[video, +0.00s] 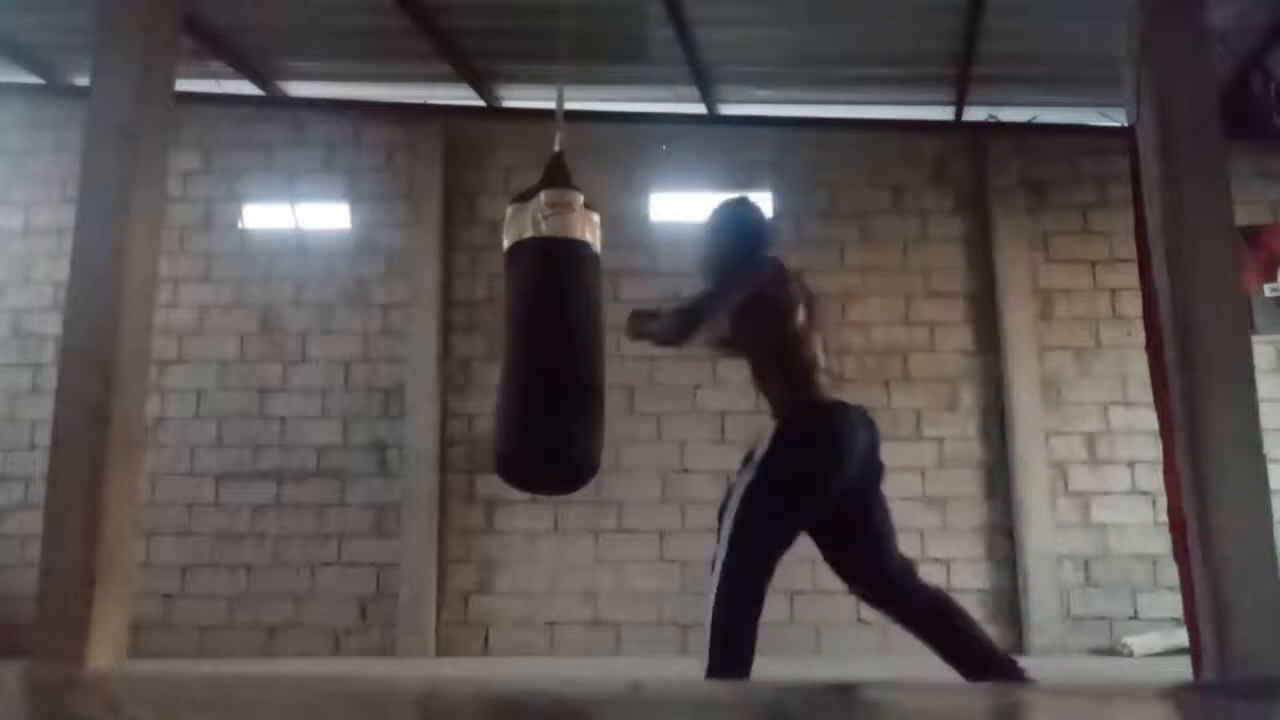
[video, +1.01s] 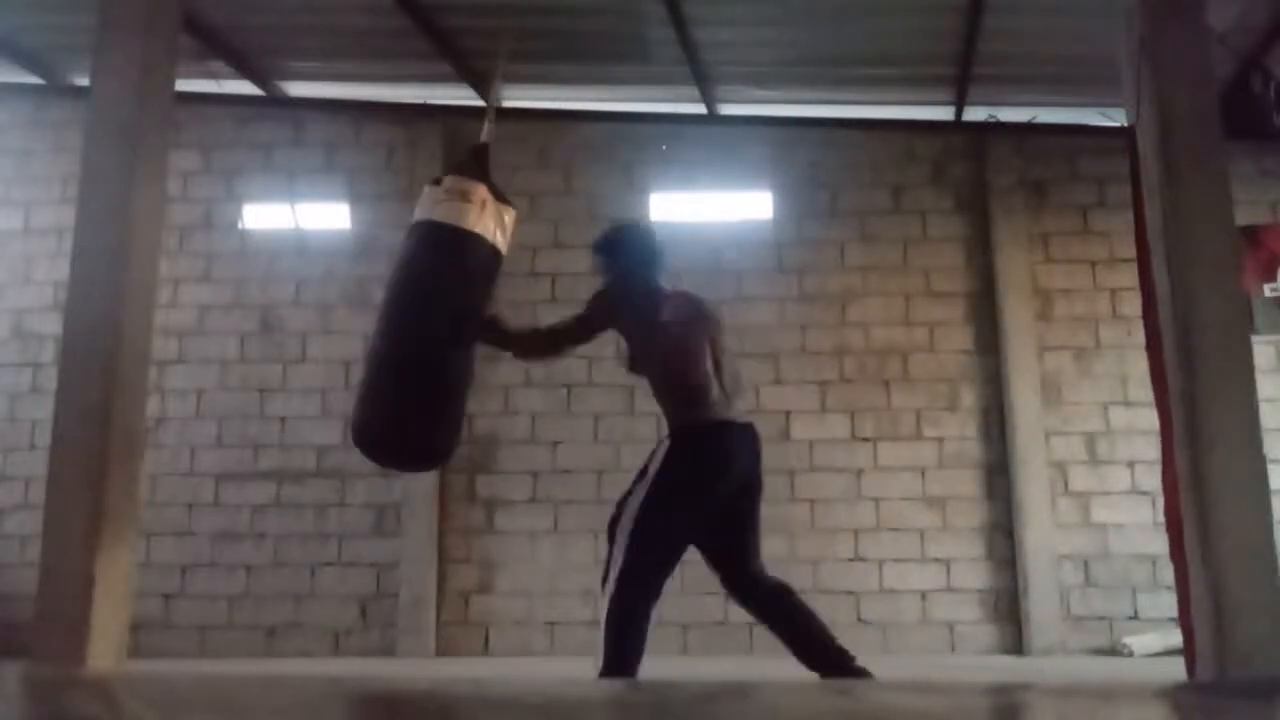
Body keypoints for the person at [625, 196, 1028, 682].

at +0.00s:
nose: (706, 248)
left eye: (712, 237)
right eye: (711, 238)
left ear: (728, 238)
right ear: (757, 234)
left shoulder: (754, 272)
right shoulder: (787, 281)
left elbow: (682, 326)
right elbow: (748, 340)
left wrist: (650, 326)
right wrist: (681, 332)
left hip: (805, 436)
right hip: (845, 430)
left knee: (741, 570)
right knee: (886, 580)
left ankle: (722, 701)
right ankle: (1006, 680)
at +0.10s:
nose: (681, 277)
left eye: (682, 264)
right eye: (678, 267)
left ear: (701, 251)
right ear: (713, 252)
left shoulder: (754, 272)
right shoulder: (716, 300)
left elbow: (739, 335)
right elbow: (652, 340)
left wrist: (671, 312)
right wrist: (574, 339)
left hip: (793, 431)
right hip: (823, 432)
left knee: (735, 568)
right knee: (886, 567)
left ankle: (724, 702)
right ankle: (1000, 675)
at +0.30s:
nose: (651, 261)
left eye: (653, 250)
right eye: (647, 251)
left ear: (675, 242)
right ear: (698, 237)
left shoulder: (713, 277)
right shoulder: (742, 286)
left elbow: (656, 343)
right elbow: (724, 388)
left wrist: (636, 282)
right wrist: (655, 362)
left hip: (773, 425)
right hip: (810, 421)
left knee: (735, 568)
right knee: (818, 567)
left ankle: (729, 701)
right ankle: (923, 677)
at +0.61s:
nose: (673, 272)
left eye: (679, 258)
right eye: (671, 260)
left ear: (707, 256)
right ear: (718, 256)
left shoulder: (741, 297)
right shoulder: (761, 299)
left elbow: (715, 387)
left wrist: (667, 337)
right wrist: (675, 342)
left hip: (764, 447)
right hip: (799, 446)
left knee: (675, 560)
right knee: (801, 585)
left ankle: (694, 688)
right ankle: (872, 695)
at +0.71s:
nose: (669, 265)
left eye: (672, 253)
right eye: (668, 253)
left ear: (693, 251)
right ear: (715, 248)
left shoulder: (718, 293)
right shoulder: (760, 294)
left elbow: (719, 372)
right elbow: (721, 367)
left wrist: (672, 370)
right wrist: (678, 320)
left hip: (738, 433)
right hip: (784, 431)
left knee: (658, 535)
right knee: (804, 567)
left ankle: (660, 672)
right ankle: (870, 683)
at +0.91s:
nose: (630, 270)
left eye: (633, 261)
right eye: (633, 261)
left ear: (643, 262)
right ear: (682, 260)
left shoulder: (636, 301)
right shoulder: (720, 300)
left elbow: (552, 322)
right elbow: (714, 367)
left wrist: (479, 323)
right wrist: (659, 368)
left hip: (697, 446)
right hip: (751, 442)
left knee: (646, 578)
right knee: (778, 574)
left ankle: (617, 698)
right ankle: (857, 679)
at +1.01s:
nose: (604, 277)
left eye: (608, 267)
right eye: (605, 267)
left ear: (623, 264)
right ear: (652, 262)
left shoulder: (622, 300)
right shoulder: (694, 306)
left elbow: (544, 344)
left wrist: (487, 331)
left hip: (693, 448)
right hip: (738, 445)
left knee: (635, 569)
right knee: (744, 577)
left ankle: (614, 692)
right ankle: (844, 672)